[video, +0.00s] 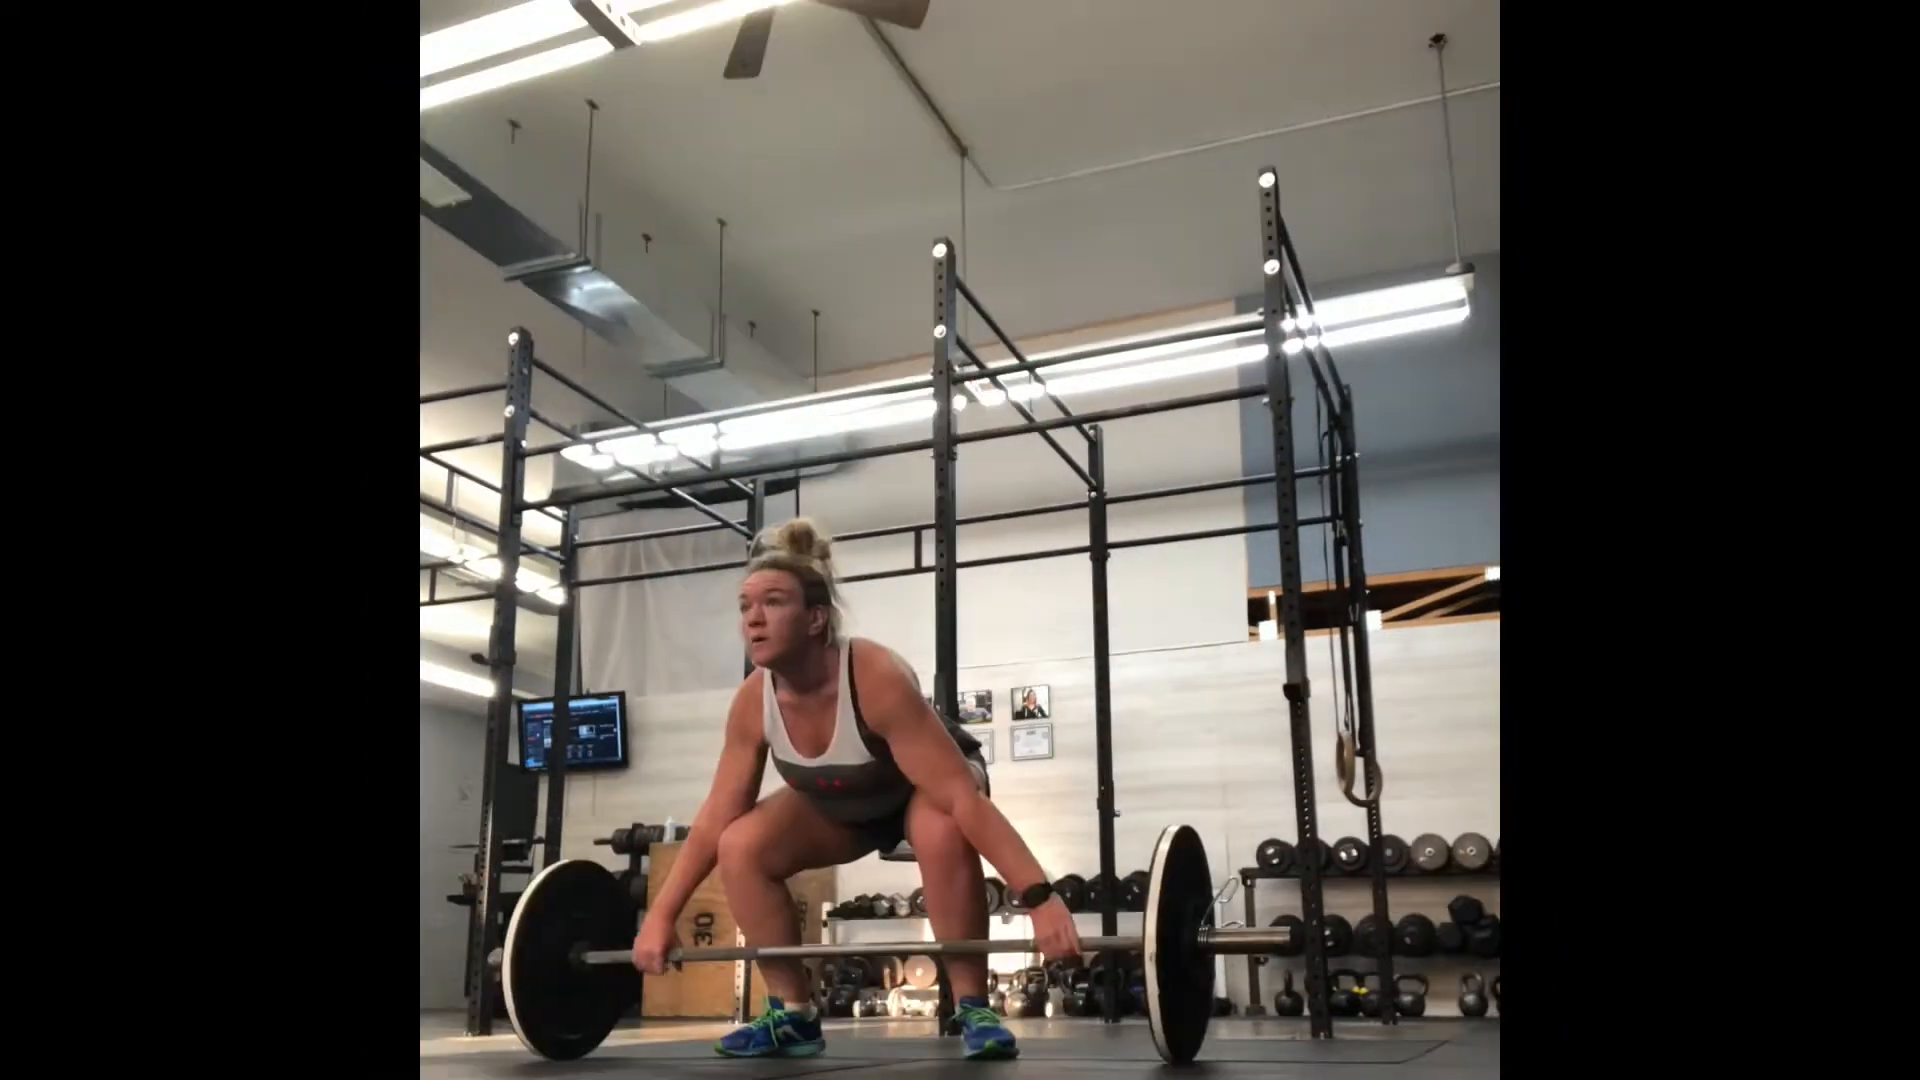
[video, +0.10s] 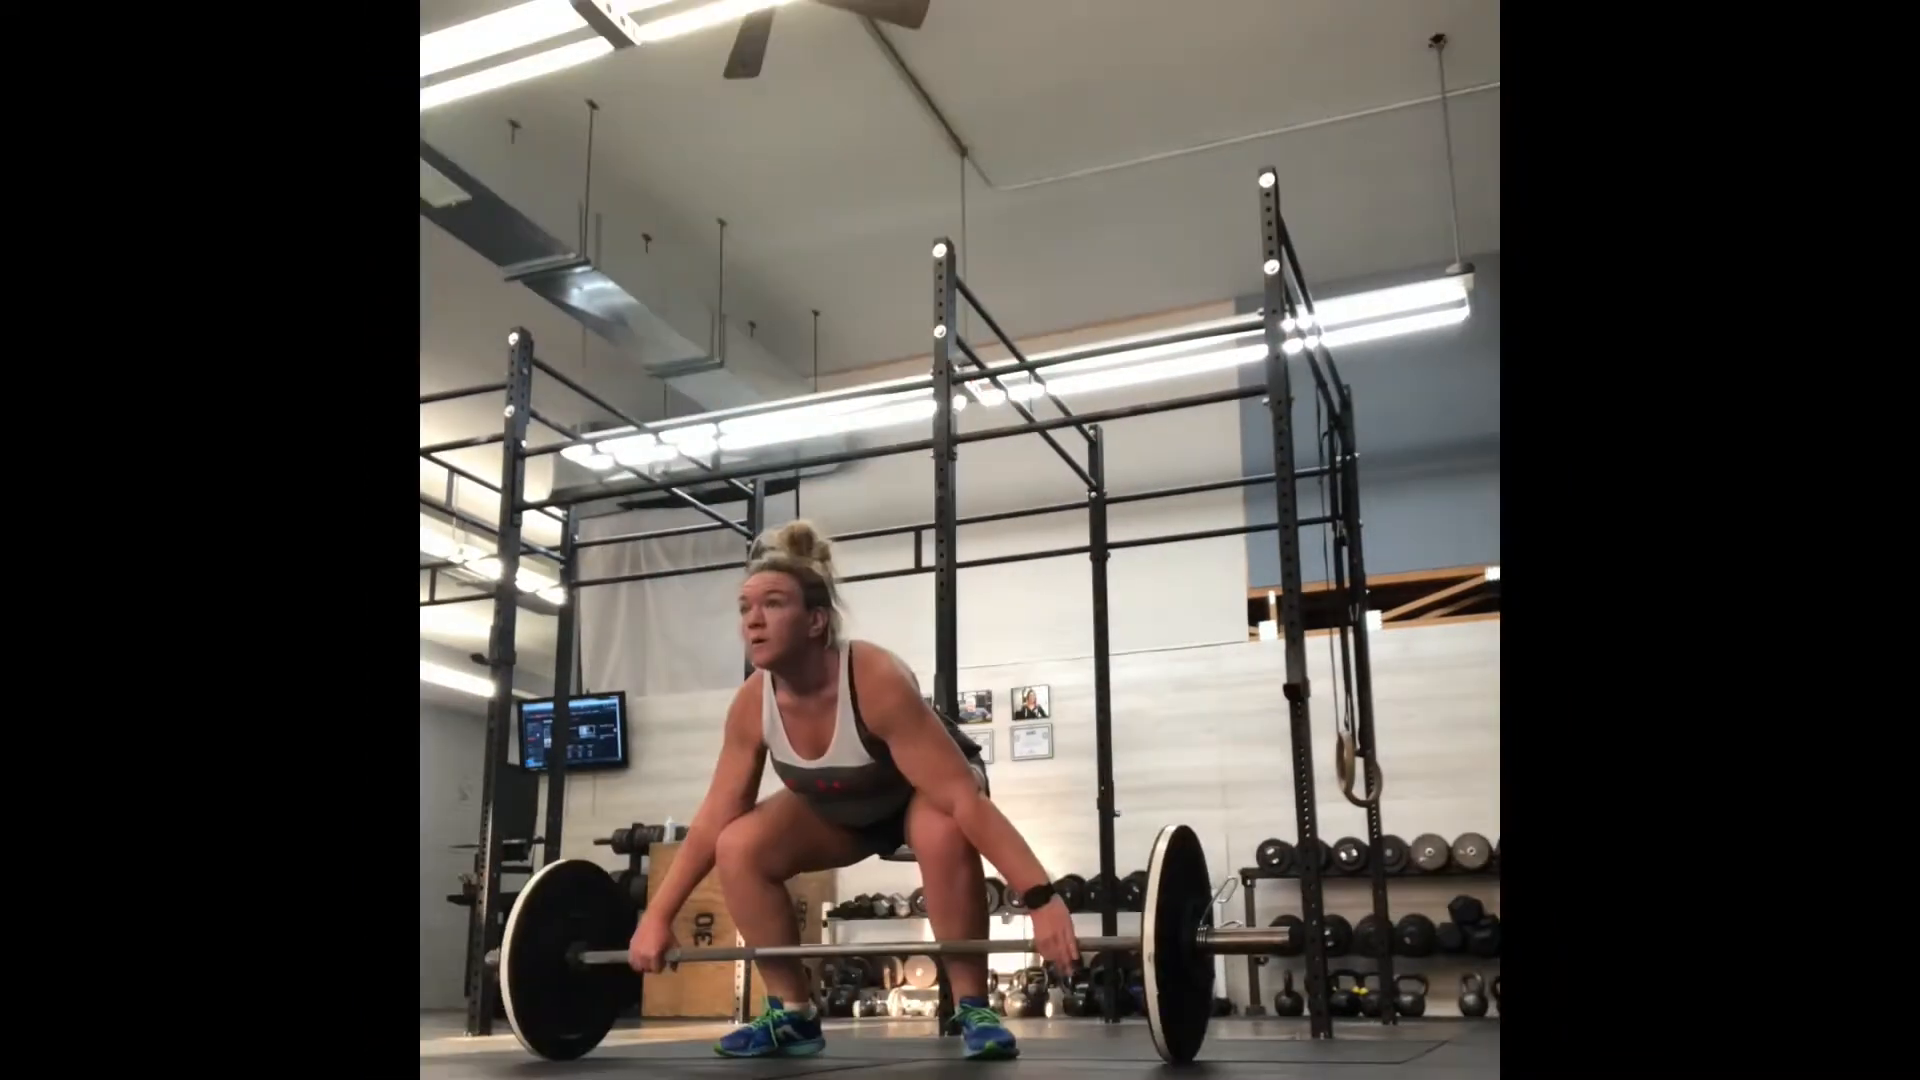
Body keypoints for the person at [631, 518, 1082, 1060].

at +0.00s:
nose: (753, 617)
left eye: (772, 601)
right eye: (746, 604)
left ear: (816, 618)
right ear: (740, 618)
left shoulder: (877, 677)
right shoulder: (754, 701)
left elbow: (962, 796)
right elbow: (717, 820)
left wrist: (1039, 898)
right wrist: (661, 914)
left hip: (925, 789)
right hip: (842, 803)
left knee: (940, 834)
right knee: (738, 847)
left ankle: (972, 1006)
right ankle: (793, 1015)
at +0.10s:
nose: (752, 619)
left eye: (772, 603)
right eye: (745, 607)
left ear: (817, 619)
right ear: (739, 620)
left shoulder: (877, 680)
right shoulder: (753, 704)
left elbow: (963, 796)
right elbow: (715, 820)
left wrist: (1041, 898)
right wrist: (657, 915)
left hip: (921, 796)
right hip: (838, 808)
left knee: (942, 835)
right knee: (737, 848)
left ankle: (972, 1006)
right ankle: (793, 1014)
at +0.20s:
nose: (754, 621)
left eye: (773, 605)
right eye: (747, 609)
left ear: (818, 622)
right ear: (742, 623)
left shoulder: (878, 684)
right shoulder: (752, 707)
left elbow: (963, 798)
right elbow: (714, 819)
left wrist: (1041, 900)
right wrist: (655, 917)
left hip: (917, 804)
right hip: (835, 814)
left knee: (944, 837)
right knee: (734, 849)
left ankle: (972, 1006)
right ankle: (792, 1012)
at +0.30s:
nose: (756, 619)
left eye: (775, 604)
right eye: (749, 607)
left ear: (819, 621)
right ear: (744, 622)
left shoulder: (878, 685)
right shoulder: (753, 708)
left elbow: (963, 799)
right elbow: (713, 821)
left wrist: (1040, 902)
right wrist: (654, 917)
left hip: (919, 803)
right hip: (837, 814)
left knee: (939, 835)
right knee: (735, 848)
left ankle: (971, 1006)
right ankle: (792, 1012)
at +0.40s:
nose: (755, 610)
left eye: (774, 595)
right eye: (747, 599)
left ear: (818, 612)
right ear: (743, 615)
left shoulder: (878, 670)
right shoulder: (755, 695)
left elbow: (957, 792)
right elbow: (720, 804)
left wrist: (1034, 893)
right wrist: (654, 907)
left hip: (928, 781)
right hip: (843, 797)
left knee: (935, 833)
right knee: (746, 844)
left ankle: (972, 1007)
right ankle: (792, 1012)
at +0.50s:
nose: (754, 584)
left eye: (772, 569)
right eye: (746, 571)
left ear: (815, 583)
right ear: (739, 580)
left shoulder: (878, 641)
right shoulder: (754, 668)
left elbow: (955, 761)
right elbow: (717, 774)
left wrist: (1034, 859)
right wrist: (654, 870)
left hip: (933, 749)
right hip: (847, 764)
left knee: (939, 824)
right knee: (764, 840)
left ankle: (977, 1006)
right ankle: (790, 1012)